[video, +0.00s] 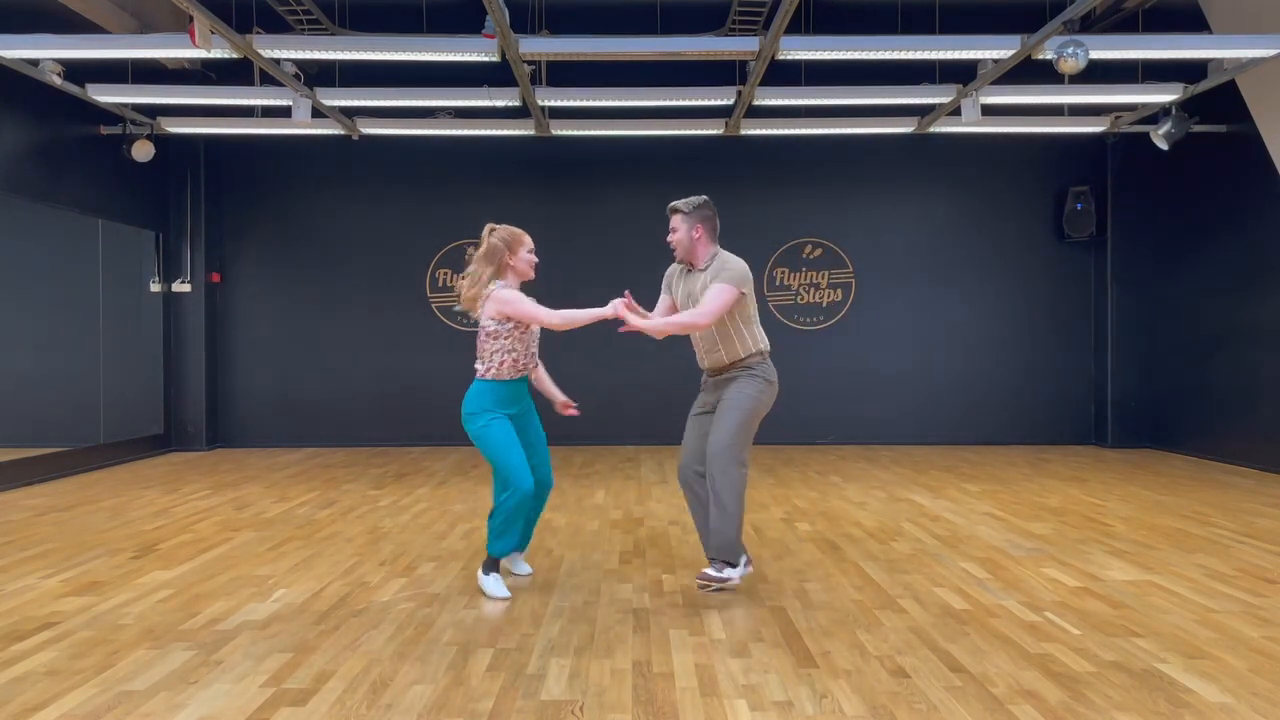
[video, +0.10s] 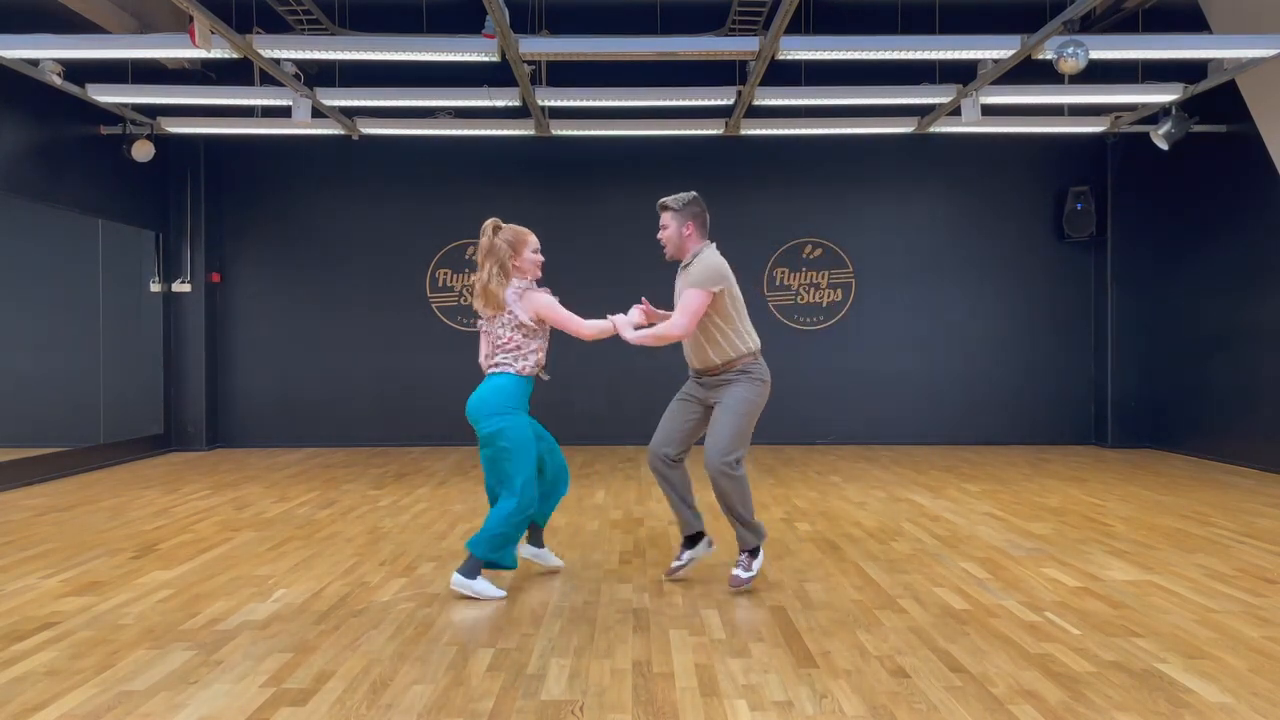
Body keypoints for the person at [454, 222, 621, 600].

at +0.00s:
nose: (535, 258)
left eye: (534, 251)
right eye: (529, 252)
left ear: (512, 258)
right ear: (508, 257)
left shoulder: (524, 301)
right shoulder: (499, 296)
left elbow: (532, 362)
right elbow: (554, 319)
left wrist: (557, 397)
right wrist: (608, 311)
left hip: (520, 401)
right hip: (487, 404)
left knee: (542, 481)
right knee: (521, 484)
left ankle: (512, 550)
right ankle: (490, 567)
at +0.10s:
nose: (541, 257)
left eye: (539, 250)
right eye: (535, 252)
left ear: (508, 262)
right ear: (513, 260)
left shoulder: (491, 298)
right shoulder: (533, 299)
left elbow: (486, 358)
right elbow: (585, 330)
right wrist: (621, 320)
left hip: (491, 399)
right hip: (505, 403)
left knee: (552, 465)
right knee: (522, 490)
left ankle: (533, 541)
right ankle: (469, 570)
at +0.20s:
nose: (548, 267)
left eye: (545, 261)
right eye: (540, 263)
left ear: (515, 276)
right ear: (517, 274)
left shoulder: (488, 311)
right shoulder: (546, 311)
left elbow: (476, 366)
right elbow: (596, 347)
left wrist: (495, 400)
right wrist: (637, 336)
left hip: (490, 407)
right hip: (524, 405)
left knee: (543, 468)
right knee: (517, 494)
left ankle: (530, 552)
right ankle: (468, 578)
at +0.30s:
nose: (550, 267)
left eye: (549, 261)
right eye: (542, 262)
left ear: (521, 271)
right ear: (520, 270)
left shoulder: (503, 308)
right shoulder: (538, 305)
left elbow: (494, 366)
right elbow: (591, 323)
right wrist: (620, 299)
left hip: (499, 403)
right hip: (517, 404)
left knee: (547, 479)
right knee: (523, 490)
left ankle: (530, 554)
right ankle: (471, 579)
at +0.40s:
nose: (551, 263)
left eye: (551, 256)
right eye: (543, 256)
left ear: (546, 262)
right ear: (517, 261)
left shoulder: (546, 307)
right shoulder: (502, 295)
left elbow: (555, 359)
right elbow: (519, 258)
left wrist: (555, 398)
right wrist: (564, 216)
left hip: (537, 406)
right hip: (495, 406)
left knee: (553, 481)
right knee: (516, 485)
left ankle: (536, 538)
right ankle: (506, 569)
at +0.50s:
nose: (537, 251)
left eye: (543, 248)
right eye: (528, 246)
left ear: (549, 262)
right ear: (511, 257)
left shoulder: (552, 307)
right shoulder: (494, 288)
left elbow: (576, 360)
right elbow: (486, 230)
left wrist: (549, 398)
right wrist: (509, 198)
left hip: (532, 400)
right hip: (488, 401)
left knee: (547, 496)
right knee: (484, 496)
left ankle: (566, 509)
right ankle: (533, 570)